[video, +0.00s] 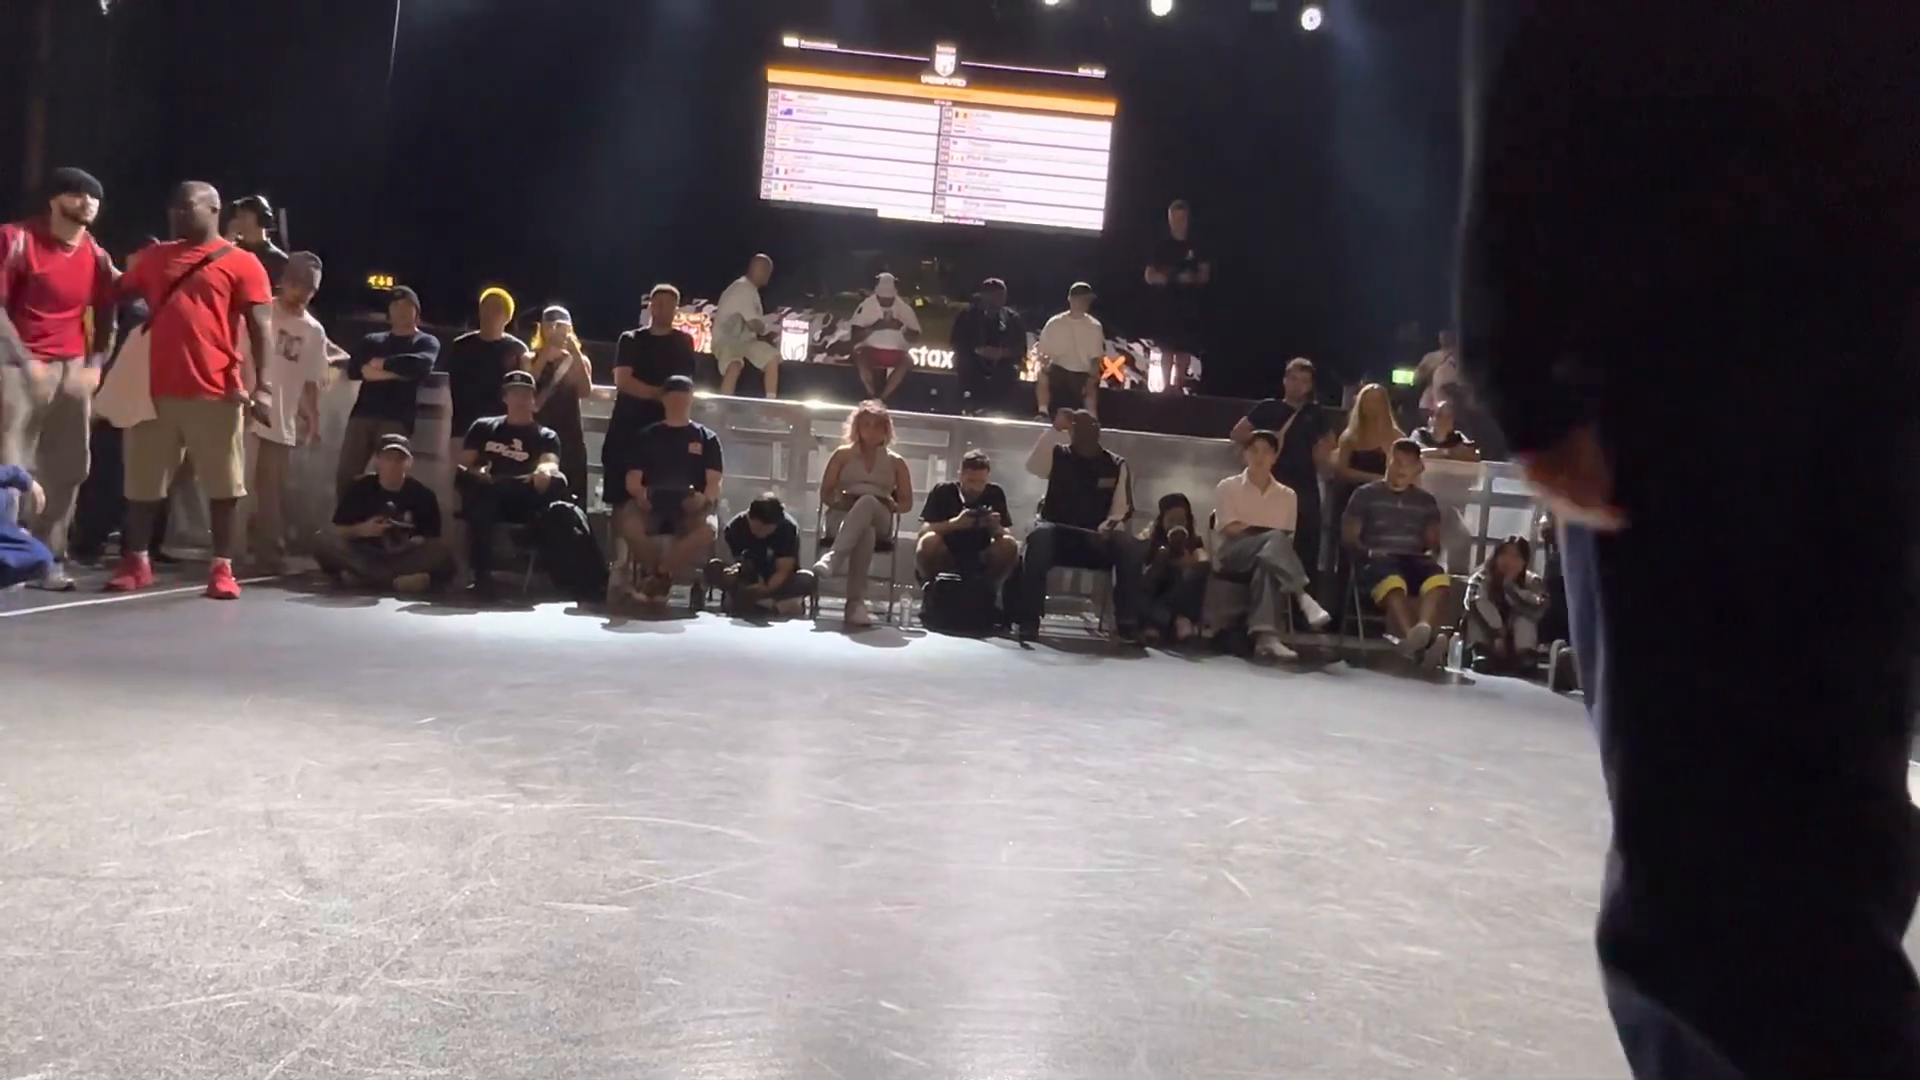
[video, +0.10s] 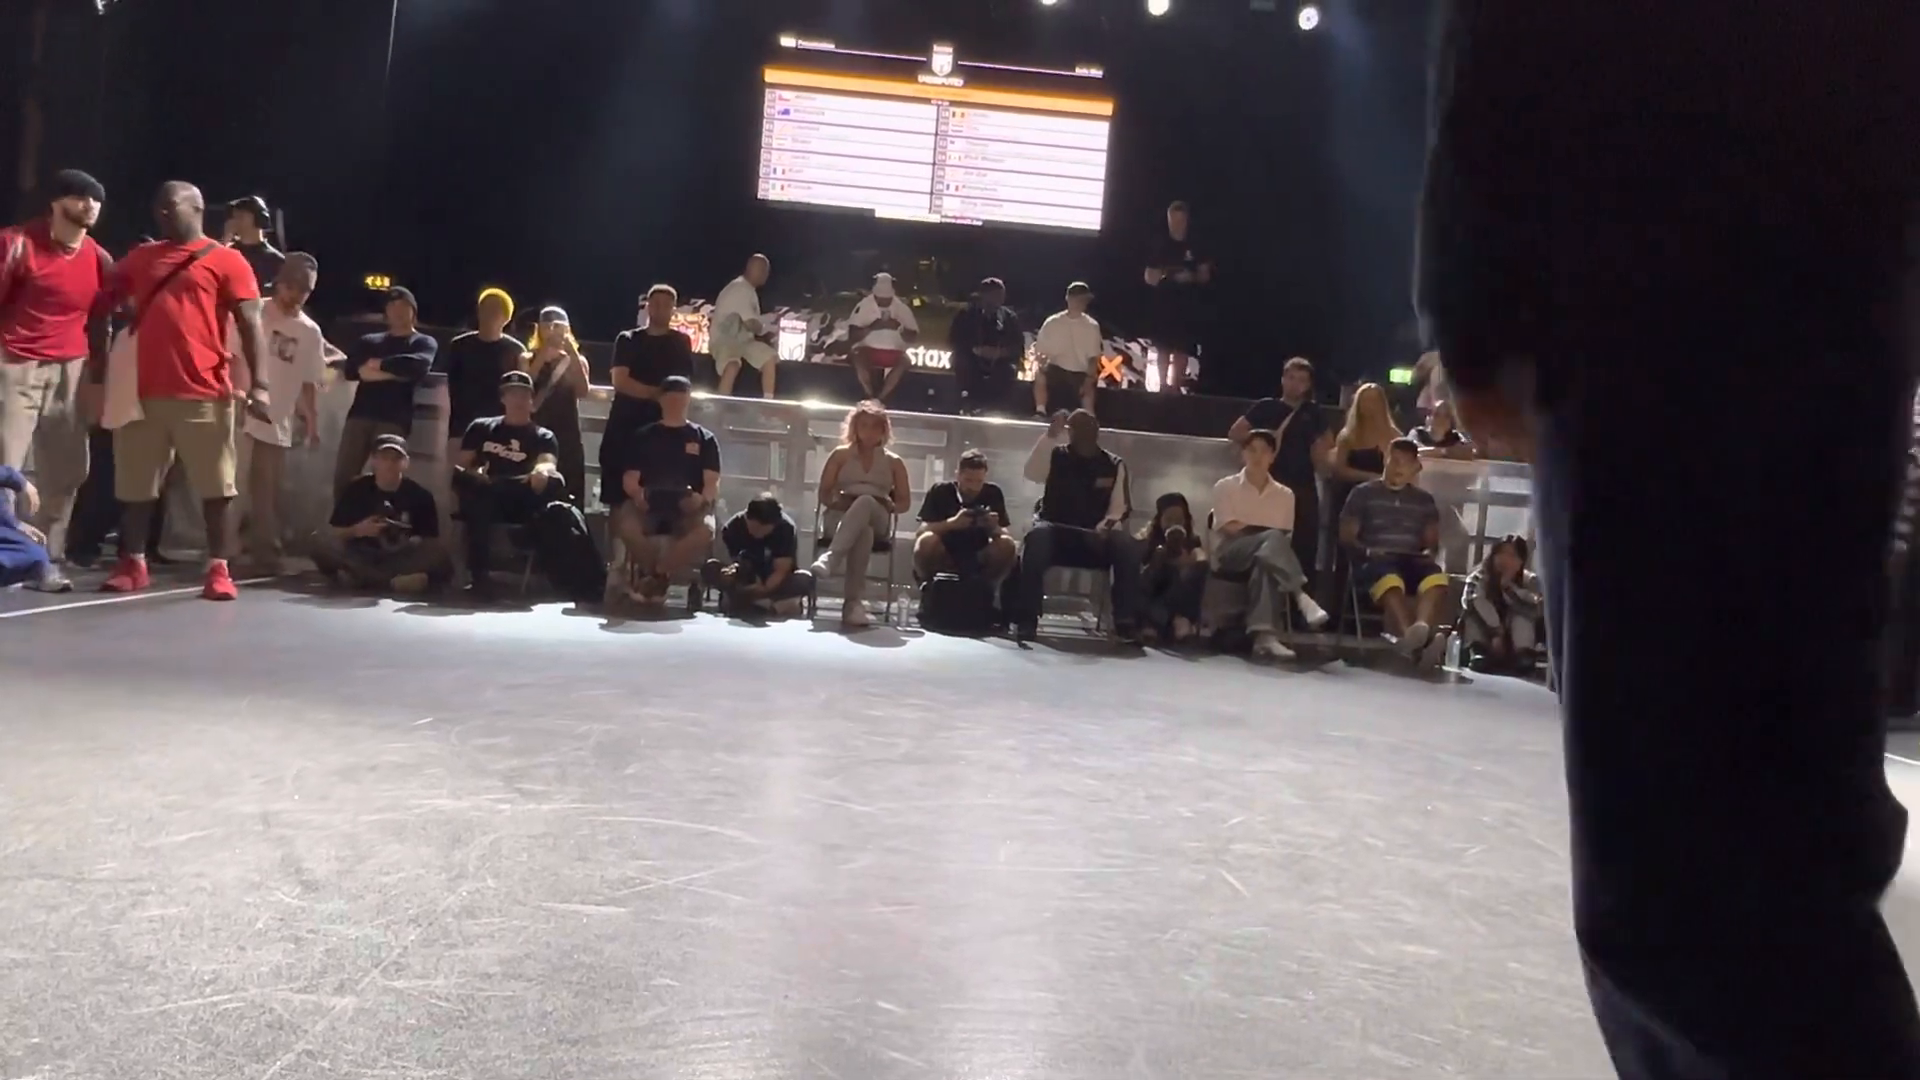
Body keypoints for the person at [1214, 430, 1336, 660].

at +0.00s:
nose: (1259, 457)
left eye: (1266, 452)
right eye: (1254, 451)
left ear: (1274, 457)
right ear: (1246, 455)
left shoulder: (1287, 496)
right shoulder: (1228, 487)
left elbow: (1284, 538)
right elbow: (1231, 529)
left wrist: (1245, 528)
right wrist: (1274, 534)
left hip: (1273, 559)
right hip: (1233, 556)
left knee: (1266, 564)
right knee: (1275, 539)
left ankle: (1266, 636)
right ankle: (1304, 598)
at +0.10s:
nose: (1257, 457)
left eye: (1263, 452)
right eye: (1252, 451)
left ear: (1272, 457)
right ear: (1244, 454)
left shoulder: (1285, 495)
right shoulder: (1225, 487)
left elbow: (1282, 536)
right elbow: (1229, 528)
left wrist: (1243, 528)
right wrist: (1272, 533)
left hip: (1271, 557)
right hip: (1230, 555)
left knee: (1264, 563)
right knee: (1274, 537)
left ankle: (1264, 636)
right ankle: (1302, 597)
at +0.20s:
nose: (1256, 456)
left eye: (1262, 451)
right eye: (1251, 450)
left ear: (1270, 456)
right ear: (1242, 454)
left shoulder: (1283, 494)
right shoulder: (1224, 486)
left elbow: (1280, 536)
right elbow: (1228, 528)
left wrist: (1241, 527)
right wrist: (1271, 533)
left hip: (1269, 558)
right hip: (1228, 555)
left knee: (1263, 564)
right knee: (1272, 537)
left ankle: (1263, 636)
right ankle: (1300, 597)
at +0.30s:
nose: (1254, 456)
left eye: (1260, 451)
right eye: (1249, 450)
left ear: (1268, 456)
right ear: (1239, 454)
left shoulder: (1281, 494)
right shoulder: (1222, 486)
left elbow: (1279, 536)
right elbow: (1226, 528)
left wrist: (1239, 527)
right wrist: (1269, 533)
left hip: (1267, 558)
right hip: (1227, 555)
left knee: (1261, 564)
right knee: (1271, 536)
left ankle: (1262, 635)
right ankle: (1299, 596)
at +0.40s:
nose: (1250, 458)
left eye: (1255, 452)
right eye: (1245, 452)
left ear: (1266, 455)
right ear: (1237, 454)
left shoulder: (1280, 494)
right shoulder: (1221, 487)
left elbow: (1278, 535)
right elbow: (1226, 529)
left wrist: (1239, 527)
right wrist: (1269, 531)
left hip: (1267, 556)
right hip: (1226, 553)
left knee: (1260, 566)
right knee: (1269, 537)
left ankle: (1261, 636)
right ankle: (1297, 596)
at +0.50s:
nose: (1253, 455)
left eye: (1258, 450)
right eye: (1248, 449)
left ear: (1265, 457)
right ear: (1239, 453)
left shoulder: (1279, 494)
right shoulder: (1219, 487)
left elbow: (1278, 536)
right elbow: (1225, 529)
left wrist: (1238, 528)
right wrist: (1270, 532)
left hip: (1267, 558)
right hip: (1226, 555)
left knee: (1259, 565)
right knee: (1269, 538)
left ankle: (1254, 630)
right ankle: (1297, 604)